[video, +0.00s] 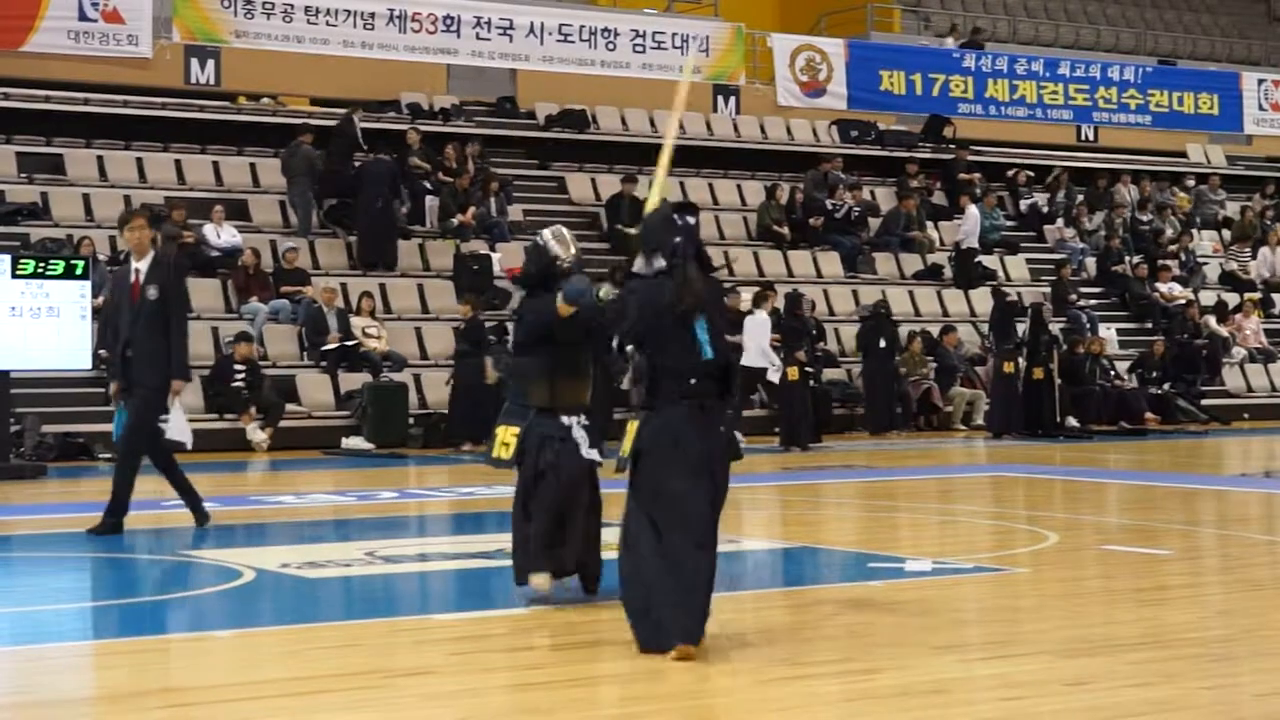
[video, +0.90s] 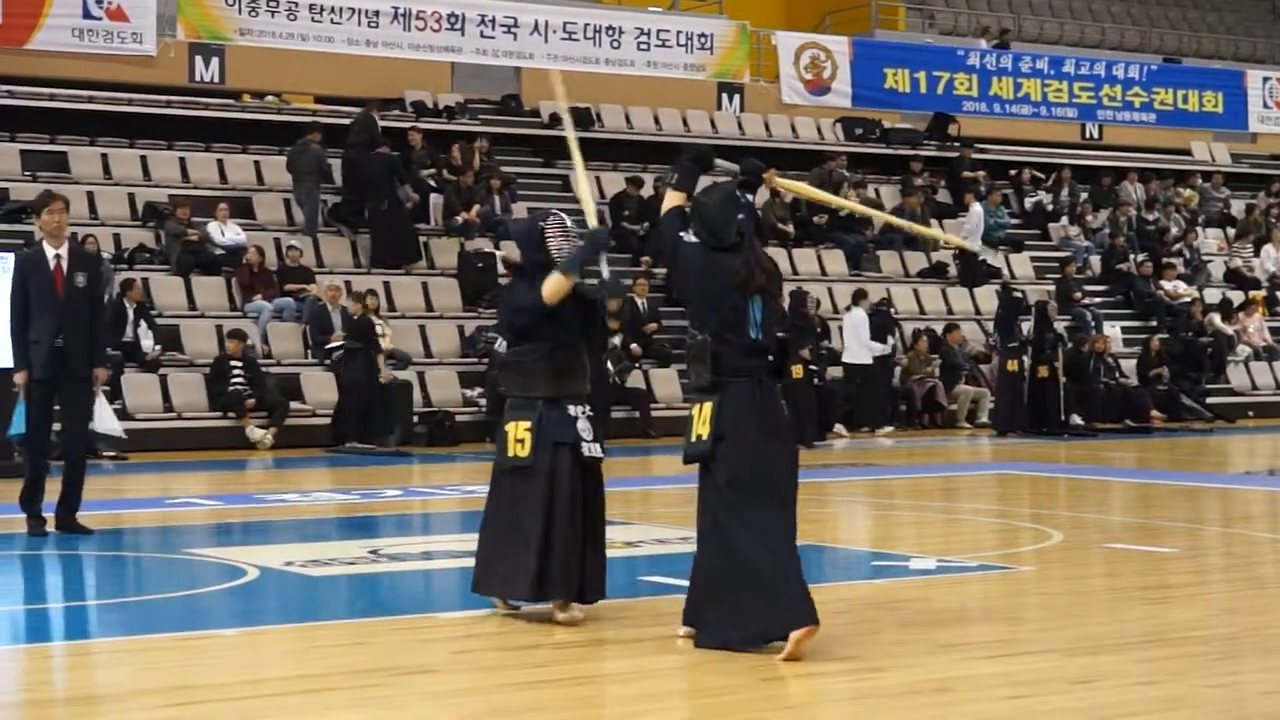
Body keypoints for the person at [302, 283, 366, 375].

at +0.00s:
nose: (329, 296)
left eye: (332, 293)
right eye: (326, 292)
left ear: (336, 296)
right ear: (321, 294)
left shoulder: (342, 312)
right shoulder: (313, 312)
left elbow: (349, 335)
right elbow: (311, 339)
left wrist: (340, 337)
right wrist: (326, 339)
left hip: (342, 344)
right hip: (322, 346)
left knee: (353, 350)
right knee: (334, 353)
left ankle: (354, 382)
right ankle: (334, 386)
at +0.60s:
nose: (332, 294)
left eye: (335, 291)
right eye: (329, 291)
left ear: (339, 294)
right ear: (324, 293)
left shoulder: (346, 311)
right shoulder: (316, 311)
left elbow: (352, 333)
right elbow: (314, 339)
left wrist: (343, 338)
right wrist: (330, 339)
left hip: (345, 344)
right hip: (324, 346)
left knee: (358, 347)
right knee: (337, 351)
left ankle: (358, 382)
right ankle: (337, 385)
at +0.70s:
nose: (332, 294)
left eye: (335, 291)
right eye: (329, 291)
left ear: (339, 294)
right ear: (324, 293)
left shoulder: (346, 311)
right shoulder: (316, 311)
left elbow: (352, 333)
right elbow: (314, 340)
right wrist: (330, 339)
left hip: (345, 345)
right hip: (323, 347)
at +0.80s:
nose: (333, 294)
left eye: (336, 291)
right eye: (329, 290)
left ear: (340, 294)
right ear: (324, 293)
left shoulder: (347, 311)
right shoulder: (316, 311)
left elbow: (352, 334)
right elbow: (315, 339)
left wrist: (343, 337)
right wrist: (330, 339)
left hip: (345, 345)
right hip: (325, 346)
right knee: (336, 354)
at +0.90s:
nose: (333, 294)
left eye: (337, 290)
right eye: (330, 290)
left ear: (341, 293)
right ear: (325, 292)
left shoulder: (345, 311)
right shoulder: (317, 311)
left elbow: (352, 332)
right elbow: (315, 339)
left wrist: (343, 337)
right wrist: (330, 339)